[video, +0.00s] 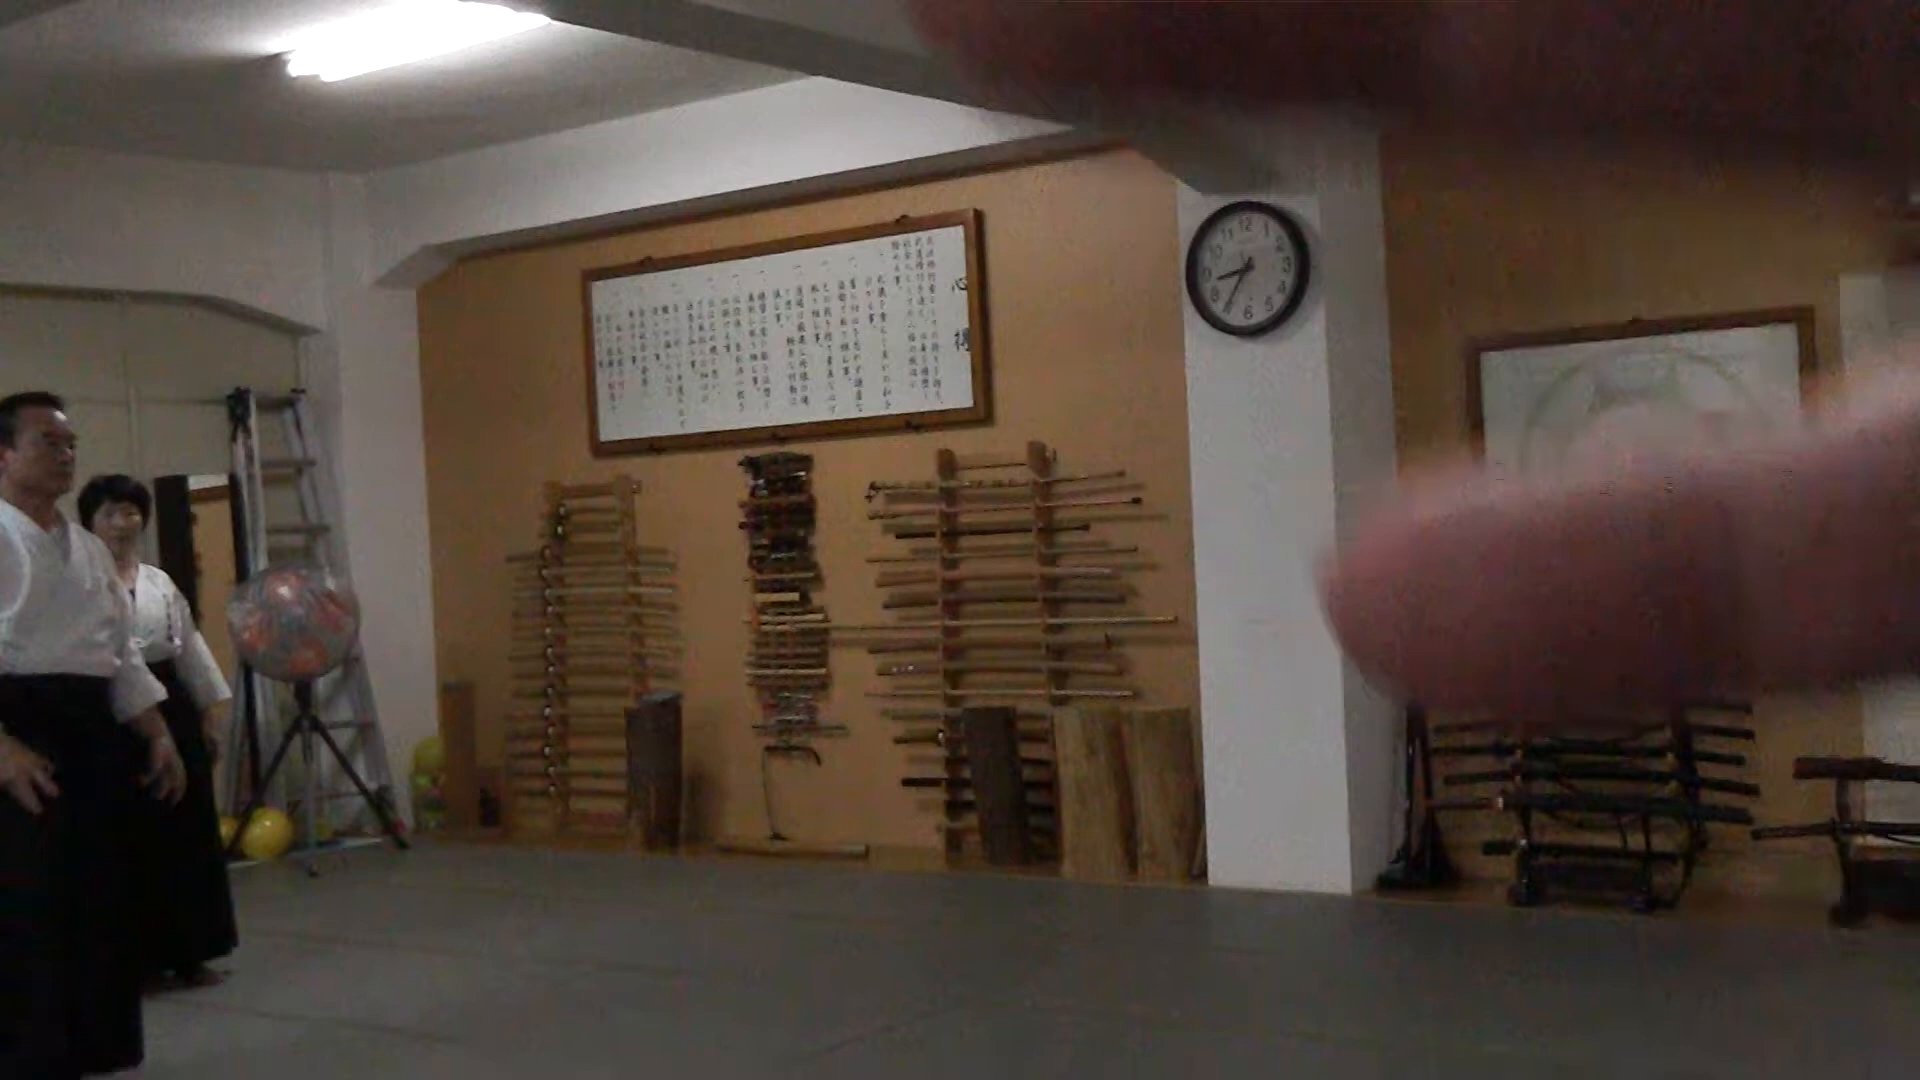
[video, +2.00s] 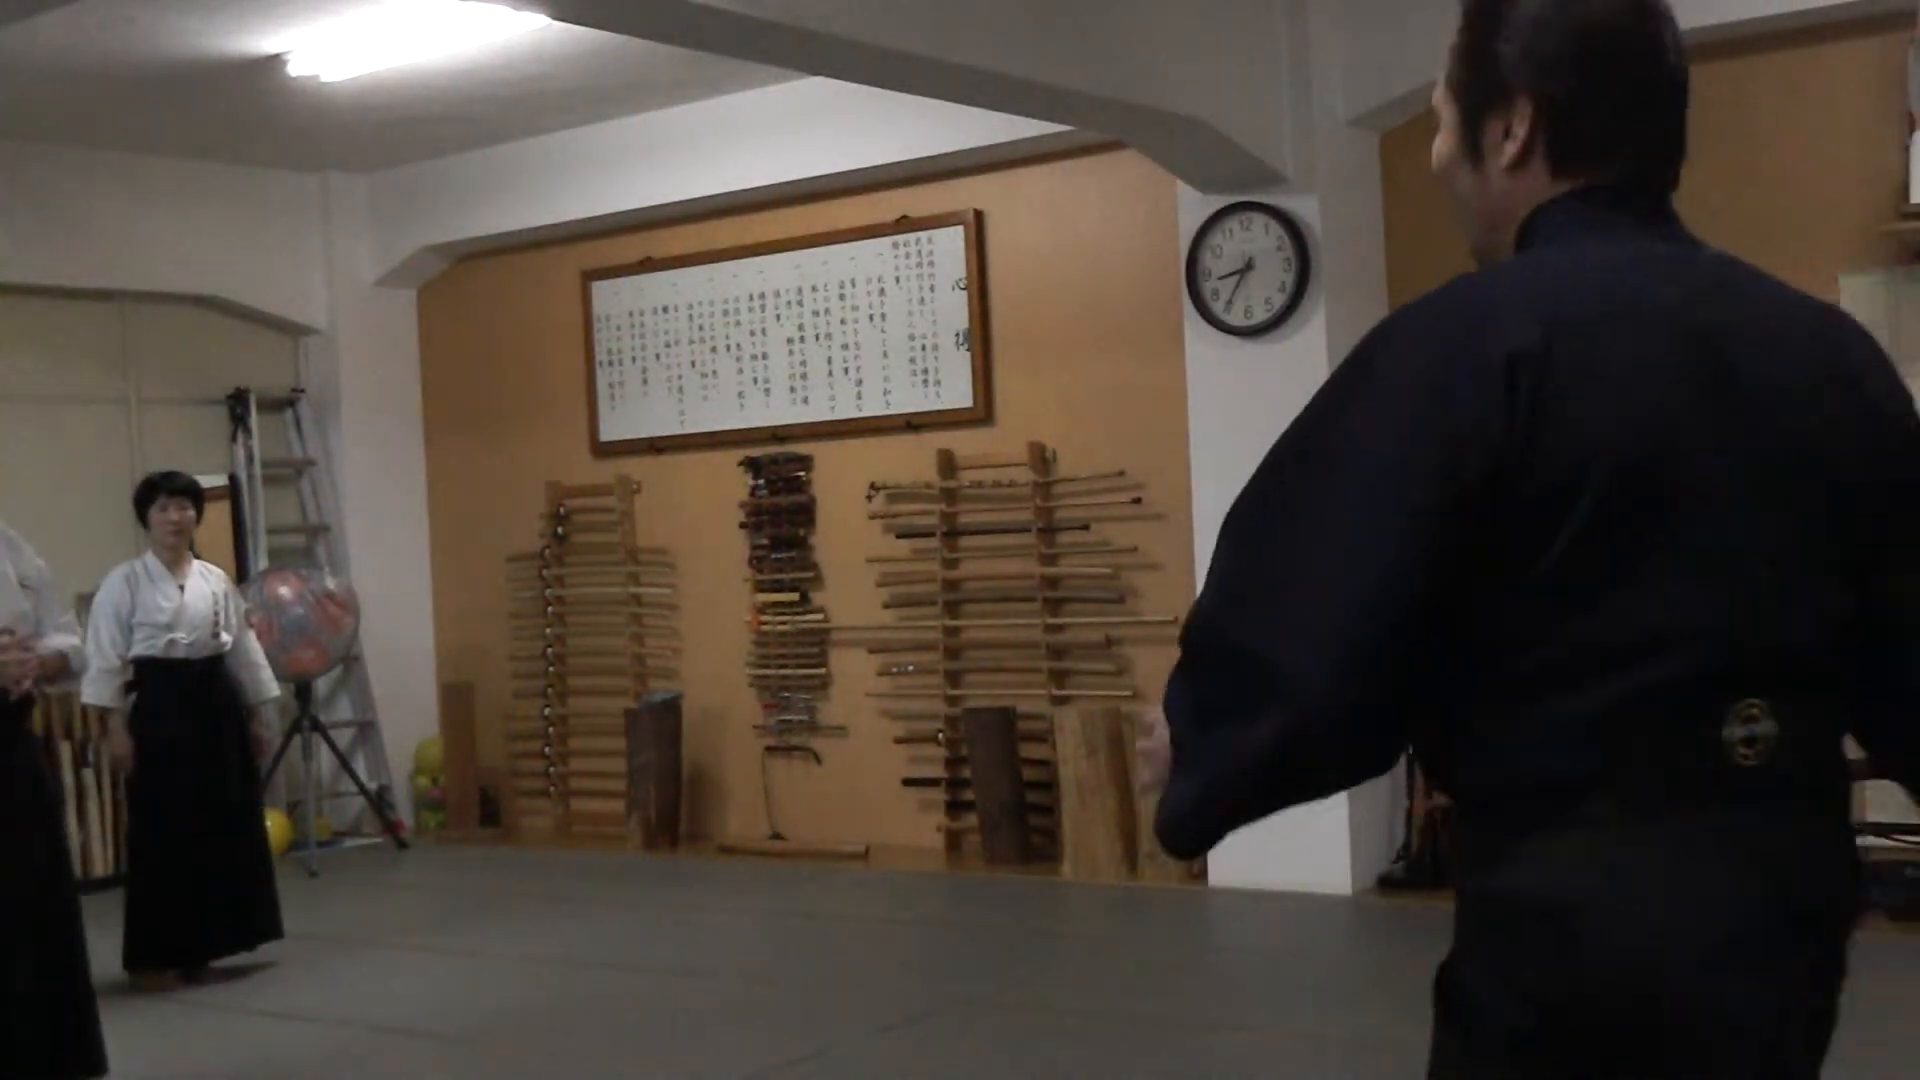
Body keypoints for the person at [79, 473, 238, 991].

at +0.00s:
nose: (123, 520)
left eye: (131, 512)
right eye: (111, 512)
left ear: (143, 521)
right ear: (90, 522)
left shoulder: (158, 582)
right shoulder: (82, 580)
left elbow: (188, 643)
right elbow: (78, 653)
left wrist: (217, 698)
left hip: (166, 701)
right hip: (108, 708)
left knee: (184, 826)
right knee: (128, 832)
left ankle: (190, 951)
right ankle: (141, 956)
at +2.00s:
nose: (174, 517)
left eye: (183, 508)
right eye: (163, 508)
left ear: (197, 517)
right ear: (145, 519)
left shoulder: (215, 581)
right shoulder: (124, 582)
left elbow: (243, 649)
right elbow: (104, 658)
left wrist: (260, 713)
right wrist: (115, 725)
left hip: (212, 703)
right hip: (157, 705)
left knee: (215, 822)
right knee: (161, 826)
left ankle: (202, 951)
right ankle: (155, 957)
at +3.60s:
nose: (183, 516)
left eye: (191, 508)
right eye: (170, 509)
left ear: (204, 518)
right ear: (148, 522)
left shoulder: (217, 579)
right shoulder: (141, 581)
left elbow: (243, 643)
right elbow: (136, 656)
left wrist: (263, 707)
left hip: (217, 704)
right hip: (160, 711)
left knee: (226, 816)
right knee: (174, 826)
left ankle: (230, 930)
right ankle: (184, 936)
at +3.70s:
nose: (182, 522)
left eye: (191, 512)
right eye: (169, 514)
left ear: (203, 519)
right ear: (147, 522)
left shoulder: (216, 579)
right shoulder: (135, 583)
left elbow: (243, 645)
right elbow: (135, 651)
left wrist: (263, 708)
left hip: (215, 698)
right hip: (158, 702)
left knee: (222, 812)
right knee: (167, 819)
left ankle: (225, 929)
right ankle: (172, 933)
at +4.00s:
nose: (186, 522)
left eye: (195, 512)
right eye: (173, 513)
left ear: (207, 519)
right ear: (148, 523)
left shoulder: (219, 580)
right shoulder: (137, 583)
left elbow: (245, 644)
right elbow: (131, 654)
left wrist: (265, 707)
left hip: (218, 700)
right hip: (160, 704)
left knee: (224, 814)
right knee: (169, 821)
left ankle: (222, 934)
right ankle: (176, 938)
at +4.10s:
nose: (187, 521)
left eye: (195, 511)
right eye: (174, 513)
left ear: (208, 519)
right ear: (149, 523)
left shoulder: (221, 580)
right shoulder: (139, 583)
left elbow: (246, 645)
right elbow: (133, 655)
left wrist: (265, 710)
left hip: (220, 699)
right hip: (162, 704)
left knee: (226, 814)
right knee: (174, 821)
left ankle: (229, 932)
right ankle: (181, 938)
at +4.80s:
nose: (197, 517)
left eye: (203, 508)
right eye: (184, 509)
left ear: (215, 518)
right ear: (159, 521)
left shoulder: (222, 578)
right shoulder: (148, 575)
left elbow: (249, 643)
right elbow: (137, 652)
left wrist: (269, 708)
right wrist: (141, 720)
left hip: (225, 701)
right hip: (170, 703)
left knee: (231, 814)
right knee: (180, 819)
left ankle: (232, 932)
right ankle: (187, 938)